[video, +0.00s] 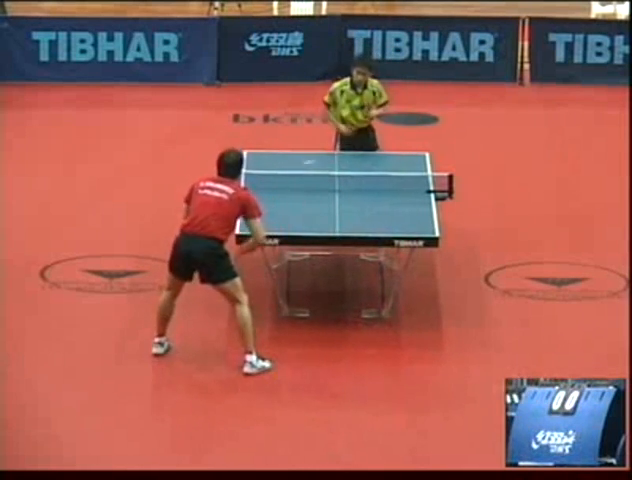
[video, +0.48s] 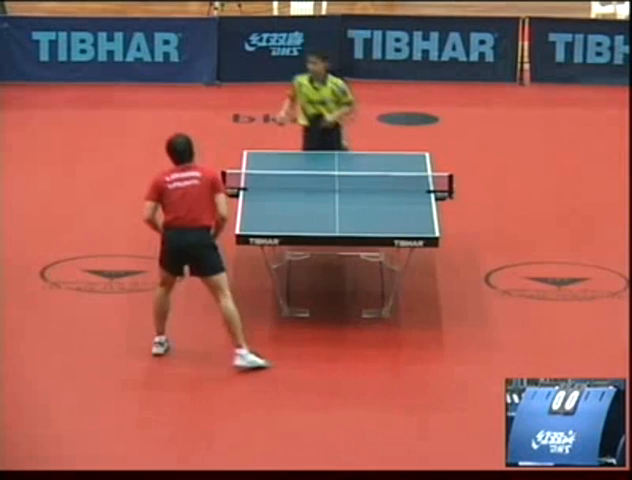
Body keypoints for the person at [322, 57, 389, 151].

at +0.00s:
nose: (360, 78)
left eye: (364, 74)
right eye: (357, 73)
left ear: (369, 75)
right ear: (352, 72)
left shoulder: (375, 86)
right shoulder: (338, 88)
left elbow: (384, 105)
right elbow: (327, 107)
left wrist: (375, 112)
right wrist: (340, 126)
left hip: (365, 130)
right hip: (347, 132)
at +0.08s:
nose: (356, 77)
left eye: (360, 74)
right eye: (354, 73)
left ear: (367, 74)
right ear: (350, 73)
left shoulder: (375, 87)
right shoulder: (338, 88)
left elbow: (389, 108)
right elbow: (328, 105)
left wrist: (375, 114)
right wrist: (333, 124)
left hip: (367, 132)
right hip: (346, 134)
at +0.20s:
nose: (350, 83)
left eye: (353, 79)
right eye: (347, 78)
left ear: (363, 79)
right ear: (344, 80)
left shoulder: (373, 96)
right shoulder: (335, 97)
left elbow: (390, 115)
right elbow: (327, 113)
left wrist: (373, 123)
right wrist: (325, 129)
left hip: (366, 141)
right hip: (344, 141)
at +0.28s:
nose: (340, 83)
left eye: (343, 79)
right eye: (338, 79)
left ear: (352, 80)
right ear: (335, 80)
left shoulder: (365, 98)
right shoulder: (328, 98)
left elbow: (382, 119)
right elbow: (322, 114)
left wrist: (364, 128)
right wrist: (316, 130)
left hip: (360, 142)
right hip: (338, 142)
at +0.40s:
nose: (321, 74)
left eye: (326, 70)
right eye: (320, 70)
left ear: (335, 73)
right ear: (317, 72)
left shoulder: (347, 92)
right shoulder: (310, 91)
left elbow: (361, 113)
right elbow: (301, 107)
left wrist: (345, 124)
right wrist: (295, 121)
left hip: (342, 135)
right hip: (321, 135)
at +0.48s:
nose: (310, 67)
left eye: (314, 64)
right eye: (309, 63)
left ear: (325, 65)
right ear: (306, 65)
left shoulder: (337, 84)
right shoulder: (299, 82)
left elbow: (349, 105)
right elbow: (291, 100)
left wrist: (333, 117)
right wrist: (284, 115)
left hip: (331, 126)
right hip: (311, 125)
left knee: (333, 162)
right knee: (310, 161)